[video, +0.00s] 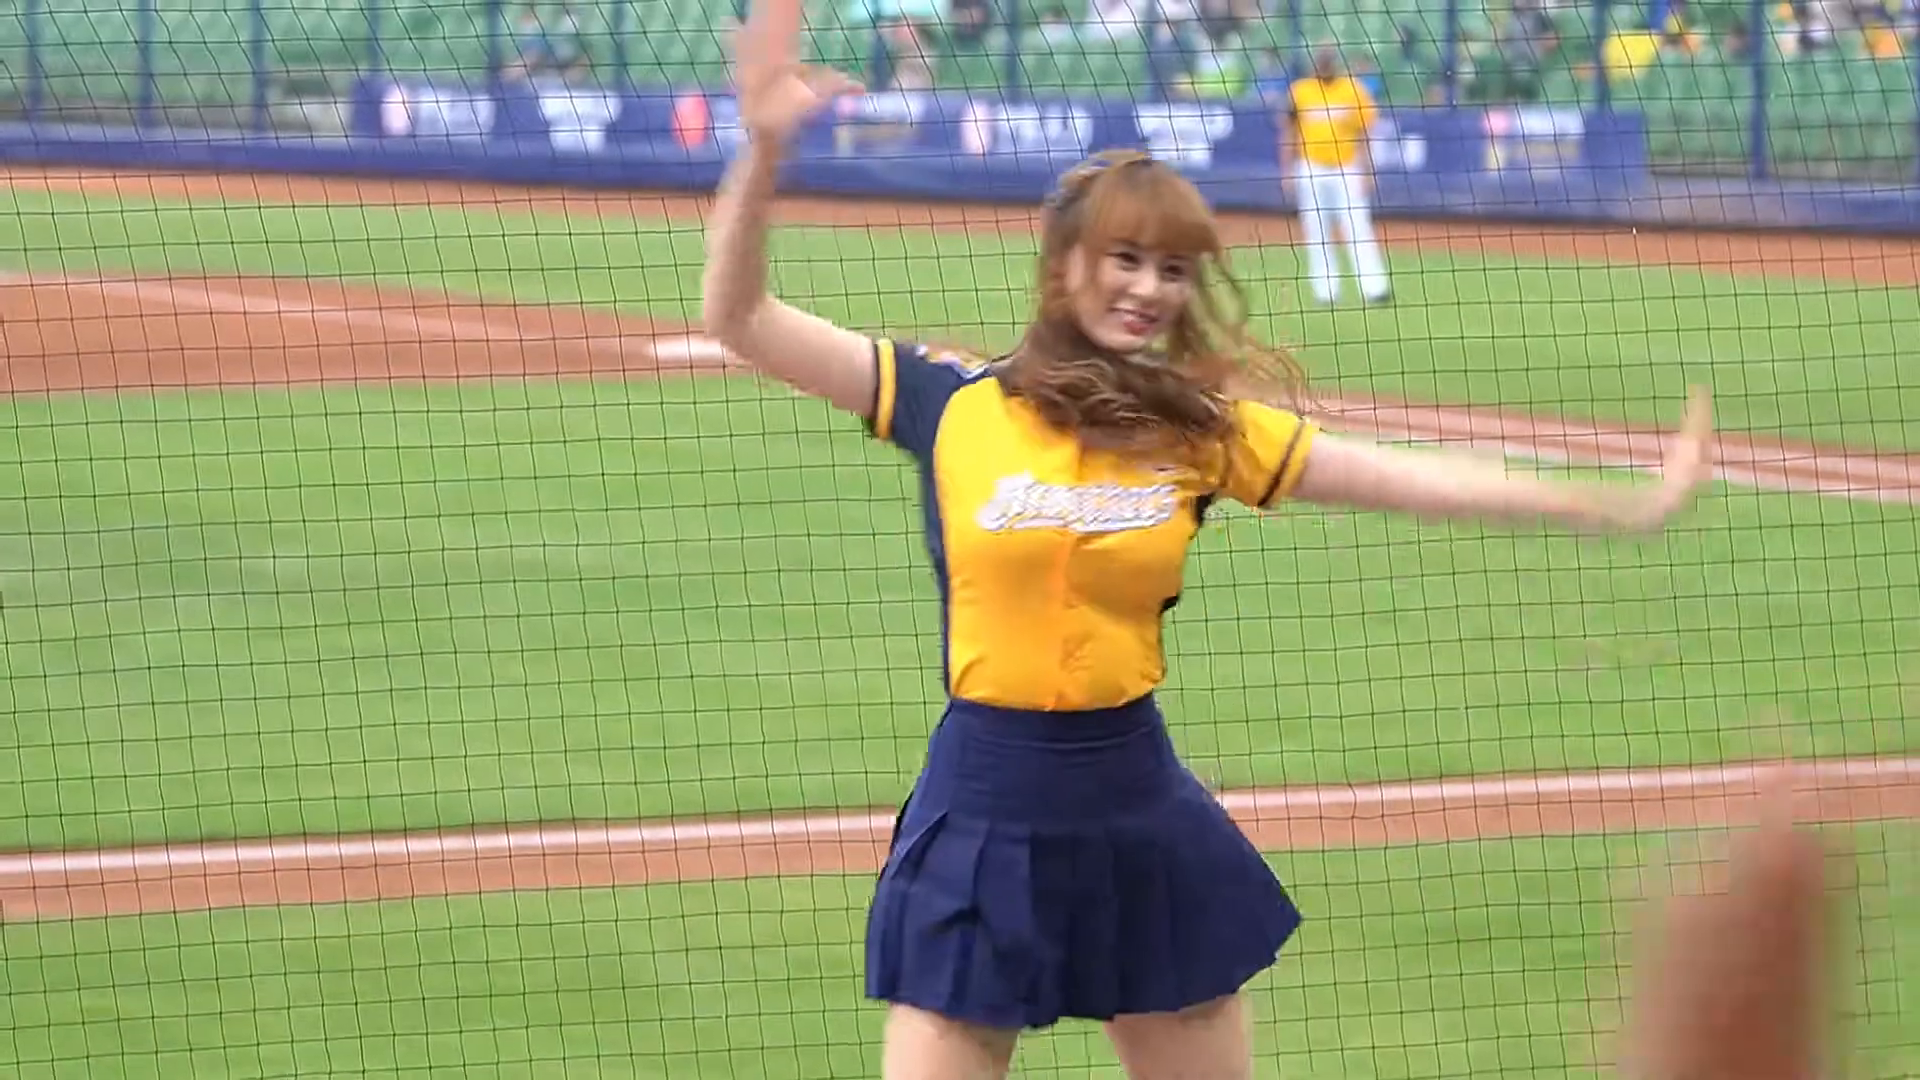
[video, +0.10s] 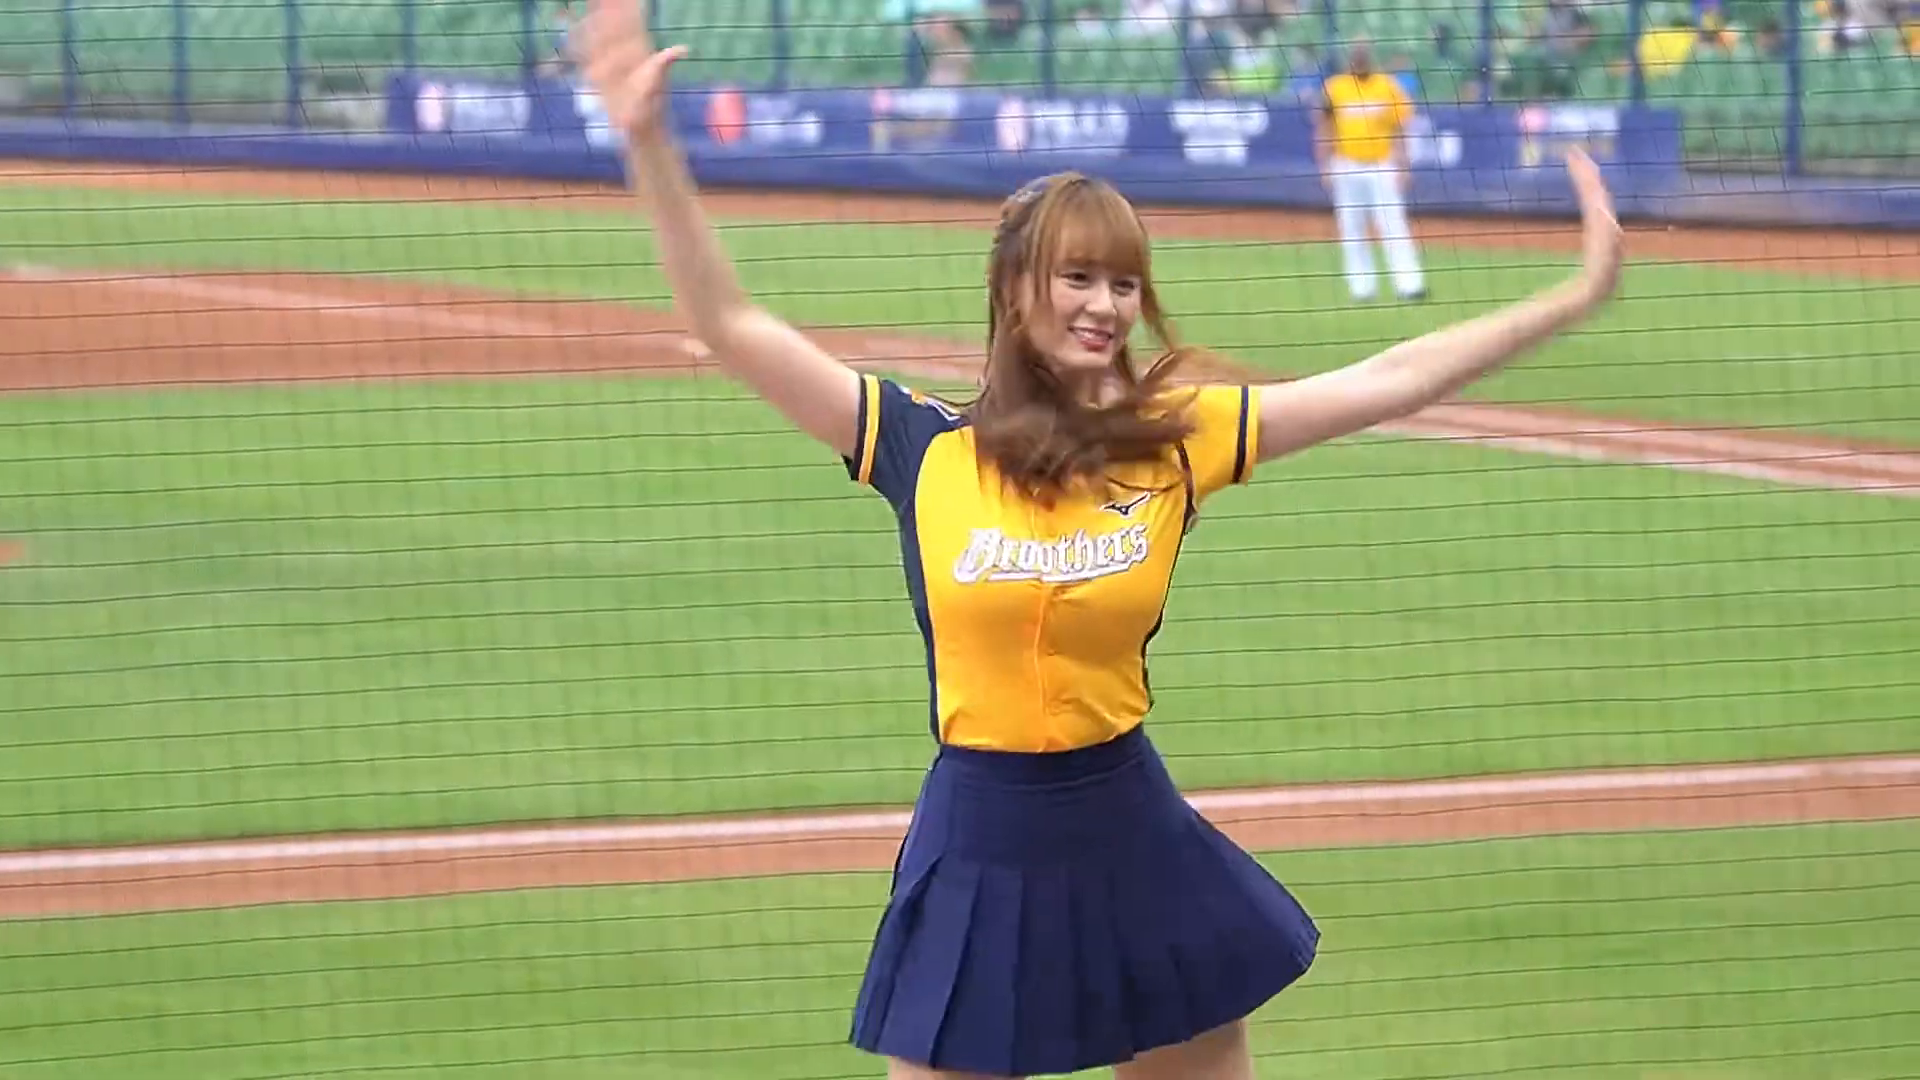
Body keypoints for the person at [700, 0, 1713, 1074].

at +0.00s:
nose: (1149, 286)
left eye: (1174, 266)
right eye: (1123, 258)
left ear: (1196, 289)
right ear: (1059, 267)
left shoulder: (1208, 433)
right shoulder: (949, 402)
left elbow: (1418, 475)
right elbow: (733, 317)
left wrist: (1620, 511)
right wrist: (762, 146)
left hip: (1140, 814)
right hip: (976, 814)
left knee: (1209, 1069)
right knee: (927, 1066)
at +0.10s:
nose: (1103, 305)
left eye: (1121, 281)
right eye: (1074, 279)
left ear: (1141, 299)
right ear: (1015, 294)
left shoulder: (1183, 437)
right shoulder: (920, 441)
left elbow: (1388, 381)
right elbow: (723, 322)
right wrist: (645, 138)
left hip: (1135, 831)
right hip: (979, 839)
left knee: (1212, 1065)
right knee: (961, 1066)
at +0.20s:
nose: (1086, 268)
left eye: (1097, 243)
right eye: (1053, 246)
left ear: (1114, 255)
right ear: (984, 271)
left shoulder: (1168, 392)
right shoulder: (923, 437)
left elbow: (1373, 392)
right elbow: (687, 464)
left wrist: (1461, 260)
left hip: (1156, 792)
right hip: (1005, 806)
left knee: (1235, 1065)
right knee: (959, 1066)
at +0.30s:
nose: (1058, 282)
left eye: (1065, 254)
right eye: (1026, 262)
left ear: (1084, 260)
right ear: (953, 290)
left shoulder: (1157, 389)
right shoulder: (922, 483)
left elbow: (1309, 429)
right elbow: (759, 662)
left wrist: (1289, 353)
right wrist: (562, 769)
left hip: (1157, 791)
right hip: (1005, 813)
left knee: (1237, 1070)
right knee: (964, 1072)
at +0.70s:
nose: (1166, 292)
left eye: (1178, 263)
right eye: (1131, 278)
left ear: (1203, 263)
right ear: (1079, 303)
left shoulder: (1261, 373)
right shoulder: (1054, 434)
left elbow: (1402, 237)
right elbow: (870, 471)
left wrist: (1505, 87)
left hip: (1238, 784)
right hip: (1110, 780)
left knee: (1301, 1062)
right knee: (1017, 1063)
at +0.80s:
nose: (1223, 300)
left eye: (1240, 272)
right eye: (1191, 284)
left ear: (1271, 279)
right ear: (1144, 302)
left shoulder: (1329, 406)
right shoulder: (1112, 424)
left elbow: (1492, 288)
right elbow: (925, 412)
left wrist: (1642, 153)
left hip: (1252, 802)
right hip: (1130, 782)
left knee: (1300, 1062)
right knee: (1034, 1063)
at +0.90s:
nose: (1271, 260)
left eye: (1293, 236)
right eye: (1242, 239)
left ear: (1328, 252)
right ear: (1196, 259)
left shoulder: (1377, 413)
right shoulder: (1133, 389)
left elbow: (1560, 418)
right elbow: (933, 449)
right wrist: (921, 290)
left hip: (1232, 782)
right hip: (1090, 762)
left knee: (1272, 1066)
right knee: (1091, 1066)